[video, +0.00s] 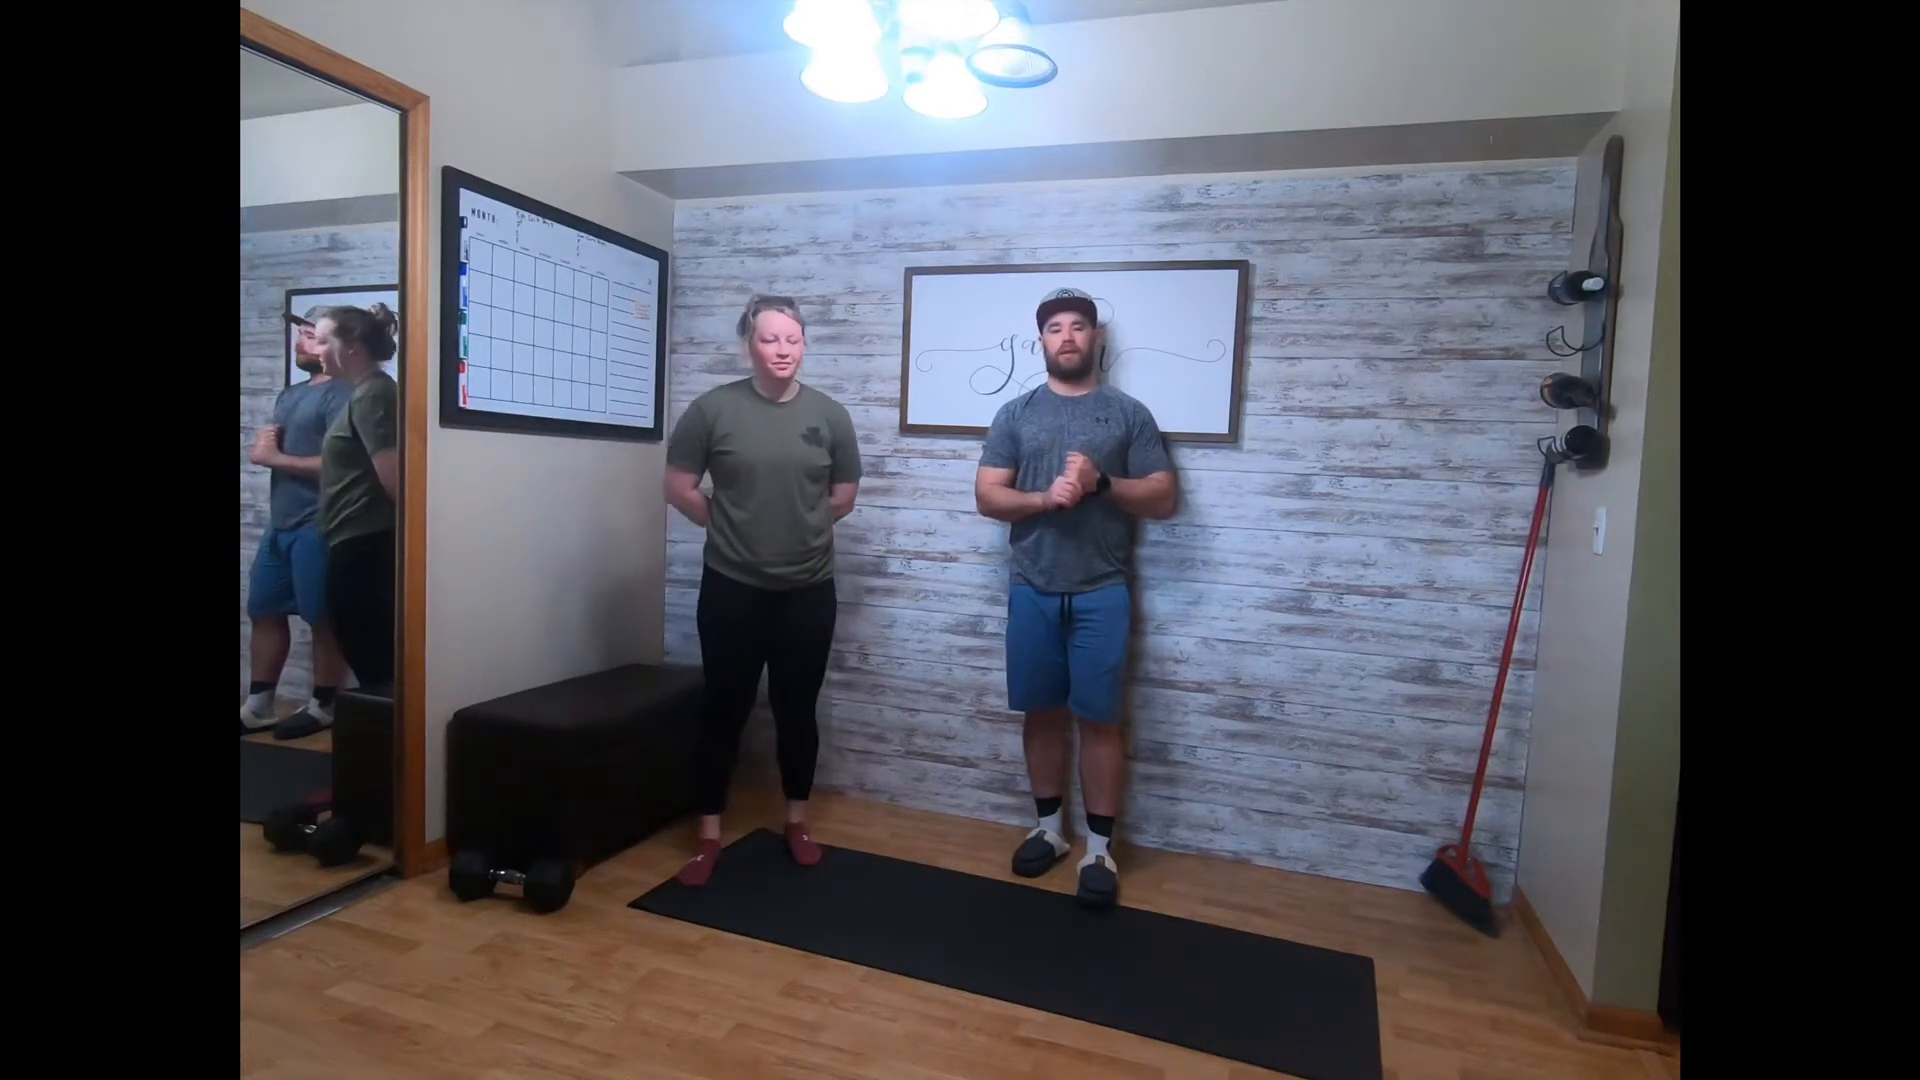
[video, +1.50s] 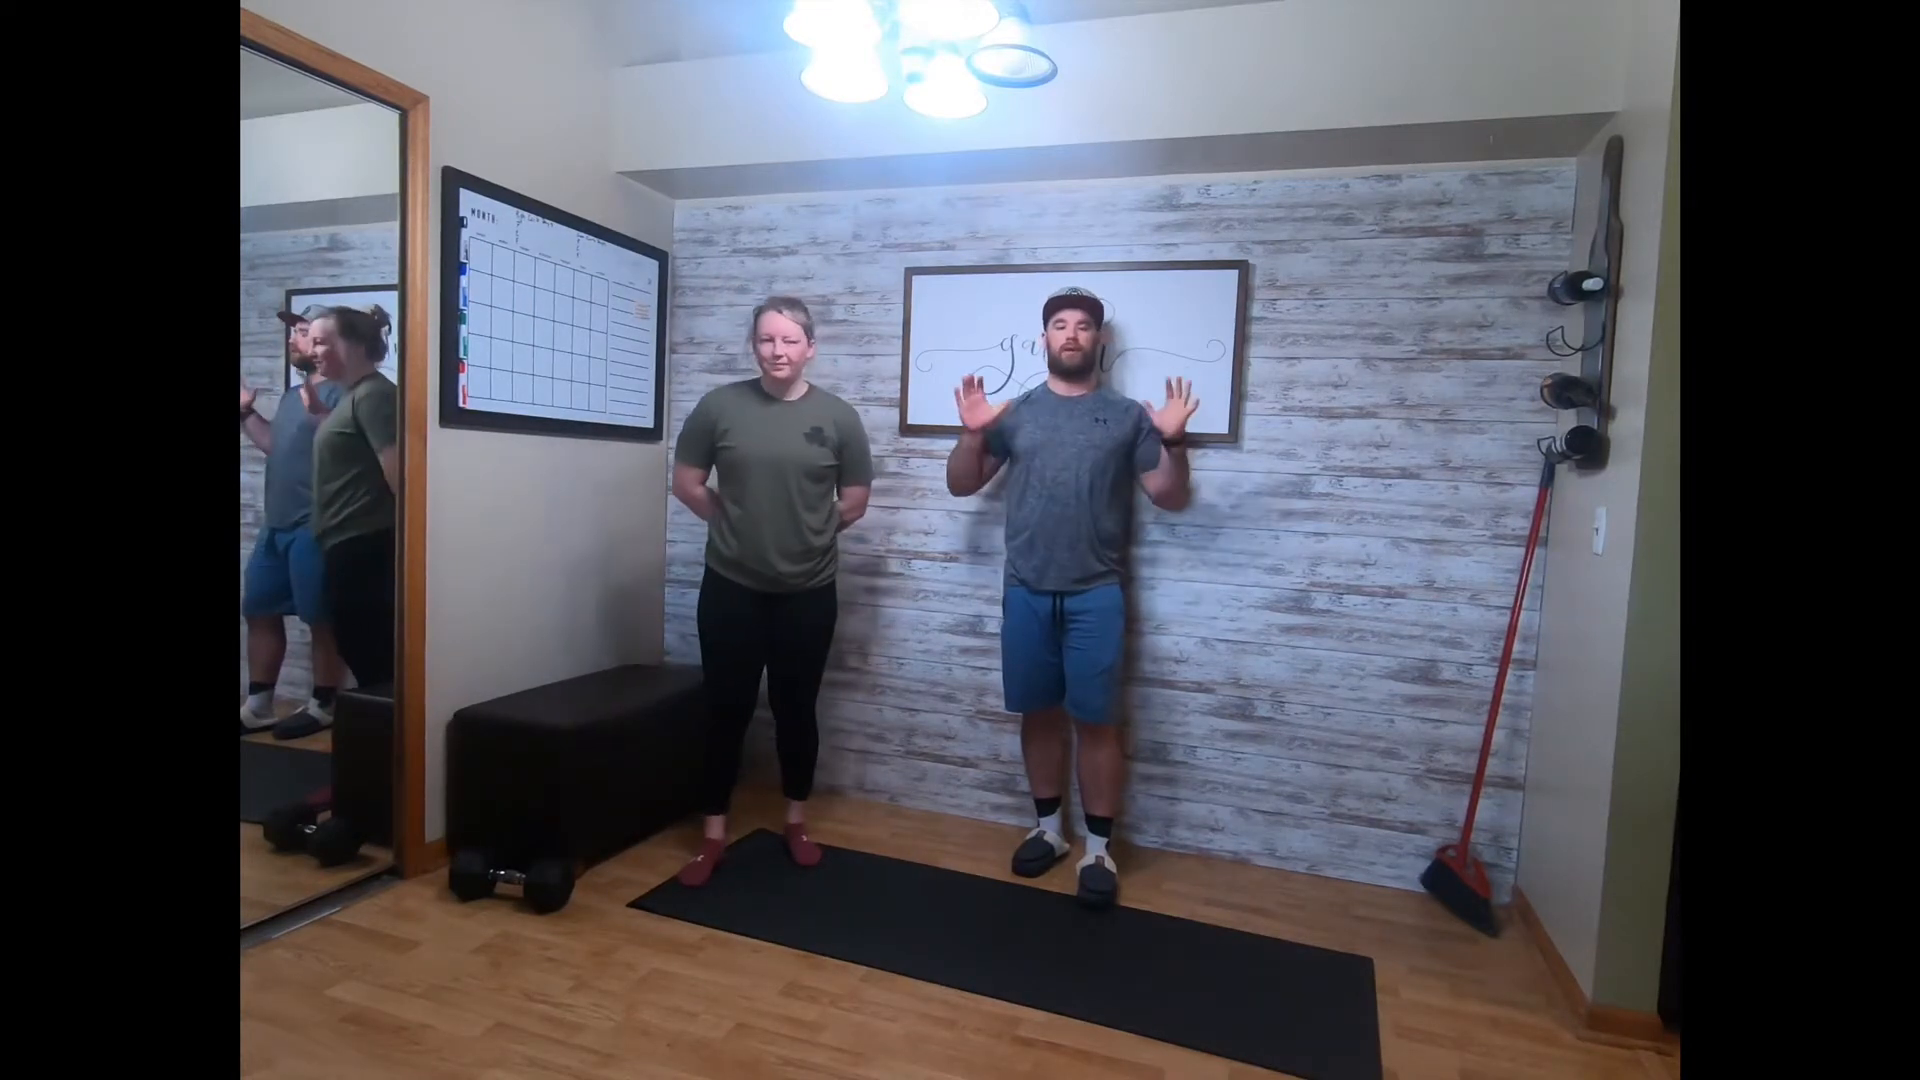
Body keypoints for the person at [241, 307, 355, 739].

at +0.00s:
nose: (300, 340)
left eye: (310, 335)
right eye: (301, 333)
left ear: (331, 347)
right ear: (302, 343)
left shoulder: (342, 394)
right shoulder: (289, 395)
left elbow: (337, 464)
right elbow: (278, 443)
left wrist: (275, 458)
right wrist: (267, 443)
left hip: (319, 524)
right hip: (280, 524)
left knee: (322, 618)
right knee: (265, 610)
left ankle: (324, 707)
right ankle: (259, 704)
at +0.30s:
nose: (300, 339)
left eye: (310, 333)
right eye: (301, 332)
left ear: (330, 346)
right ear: (305, 343)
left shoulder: (344, 396)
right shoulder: (289, 395)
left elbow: (342, 464)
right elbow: (277, 442)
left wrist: (278, 463)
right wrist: (265, 444)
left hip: (320, 523)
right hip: (279, 523)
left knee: (322, 618)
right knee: (264, 610)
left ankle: (323, 707)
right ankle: (260, 703)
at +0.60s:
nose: (297, 339)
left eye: (307, 333)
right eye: (297, 332)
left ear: (328, 344)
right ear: (300, 341)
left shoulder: (342, 396)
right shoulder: (289, 394)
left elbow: (339, 465)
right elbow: (279, 442)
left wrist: (274, 461)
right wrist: (263, 441)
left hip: (318, 525)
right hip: (277, 524)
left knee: (322, 619)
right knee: (263, 610)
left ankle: (323, 707)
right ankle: (259, 704)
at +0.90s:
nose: (293, 337)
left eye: (304, 332)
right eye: (295, 331)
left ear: (327, 345)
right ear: (300, 342)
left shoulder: (338, 397)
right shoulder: (287, 396)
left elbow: (338, 464)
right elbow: (278, 442)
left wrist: (274, 462)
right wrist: (264, 442)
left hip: (317, 523)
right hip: (278, 524)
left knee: (322, 618)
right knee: (265, 611)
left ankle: (324, 707)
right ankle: (259, 703)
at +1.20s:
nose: (294, 341)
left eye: (303, 334)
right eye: (295, 334)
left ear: (326, 346)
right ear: (300, 345)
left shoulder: (339, 396)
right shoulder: (291, 395)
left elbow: (334, 462)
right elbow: (282, 437)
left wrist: (275, 456)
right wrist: (268, 439)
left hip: (317, 523)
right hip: (278, 524)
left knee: (322, 619)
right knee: (263, 610)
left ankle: (324, 707)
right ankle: (259, 704)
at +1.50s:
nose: (294, 339)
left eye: (304, 332)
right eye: (295, 333)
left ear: (326, 342)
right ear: (299, 344)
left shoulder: (343, 392)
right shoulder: (294, 394)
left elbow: (346, 447)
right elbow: (276, 446)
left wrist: (317, 412)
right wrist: (248, 413)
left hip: (317, 523)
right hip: (276, 523)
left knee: (321, 617)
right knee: (260, 608)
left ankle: (324, 706)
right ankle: (259, 704)